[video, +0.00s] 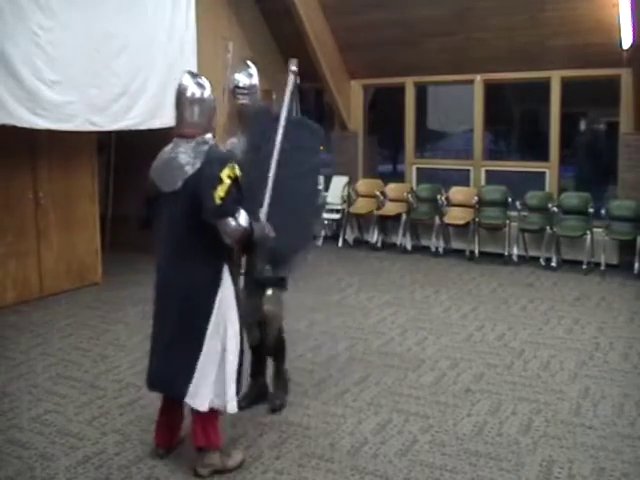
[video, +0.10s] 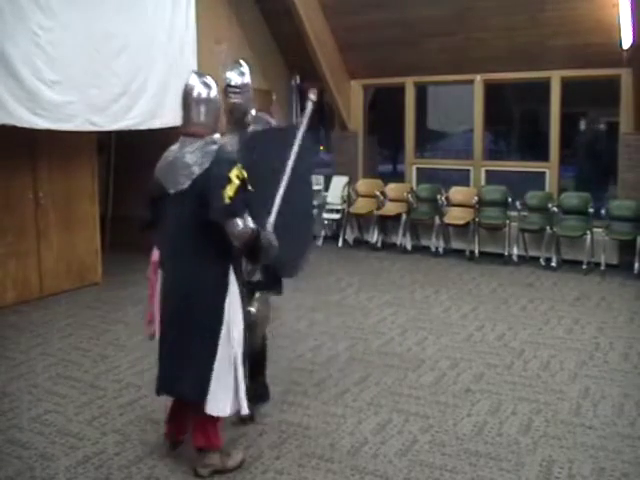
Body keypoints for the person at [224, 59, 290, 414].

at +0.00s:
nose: (239, 101)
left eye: (245, 93)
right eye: (235, 93)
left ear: (260, 96)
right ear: (229, 98)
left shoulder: (287, 139)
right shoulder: (237, 141)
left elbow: (303, 199)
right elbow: (231, 191)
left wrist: (280, 237)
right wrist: (234, 225)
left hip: (281, 236)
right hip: (250, 237)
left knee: (268, 308)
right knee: (249, 310)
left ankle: (278, 376)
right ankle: (257, 380)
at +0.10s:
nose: (234, 99)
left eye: (241, 92)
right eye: (229, 91)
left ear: (253, 97)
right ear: (218, 96)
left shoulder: (268, 139)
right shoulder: (208, 141)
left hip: (258, 239)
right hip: (213, 241)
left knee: (253, 315)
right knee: (218, 318)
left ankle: (254, 388)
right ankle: (221, 390)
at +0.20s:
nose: (239, 109)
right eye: (234, 103)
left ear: (192, 111)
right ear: (227, 112)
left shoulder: (173, 160)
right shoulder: (228, 162)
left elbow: (159, 221)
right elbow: (245, 228)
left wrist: (172, 257)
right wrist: (267, 253)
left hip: (181, 273)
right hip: (217, 277)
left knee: (198, 349)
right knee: (215, 355)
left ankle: (201, 428)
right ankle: (210, 449)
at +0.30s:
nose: (213, 116)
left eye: (213, 109)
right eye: (216, 108)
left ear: (199, 112)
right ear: (233, 114)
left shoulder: (183, 155)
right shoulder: (235, 158)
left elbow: (163, 218)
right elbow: (243, 221)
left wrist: (168, 277)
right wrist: (265, 247)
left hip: (189, 271)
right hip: (222, 275)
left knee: (208, 349)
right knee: (221, 354)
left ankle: (221, 425)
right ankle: (209, 446)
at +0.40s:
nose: (218, 125)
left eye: (221, 117)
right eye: (214, 117)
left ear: (204, 123)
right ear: (226, 122)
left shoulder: (183, 166)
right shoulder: (245, 165)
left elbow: (167, 230)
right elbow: (257, 229)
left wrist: (166, 276)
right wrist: (273, 268)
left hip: (197, 278)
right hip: (233, 278)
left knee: (216, 356)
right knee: (230, 357)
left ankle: (240, 434)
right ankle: (212, 444)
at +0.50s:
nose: (232, 121)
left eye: (215, 114)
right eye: (234, 115)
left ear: (203, 118)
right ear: (240, 116)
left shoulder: (192, 160)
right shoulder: (252, 163)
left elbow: (174, 222)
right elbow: (269, 228)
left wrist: (173, 275)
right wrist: (281, 269)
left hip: (205, 274)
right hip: (242, 275)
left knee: (225, 354)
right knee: (244, 356)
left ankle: (246, 435)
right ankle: (213, 445)